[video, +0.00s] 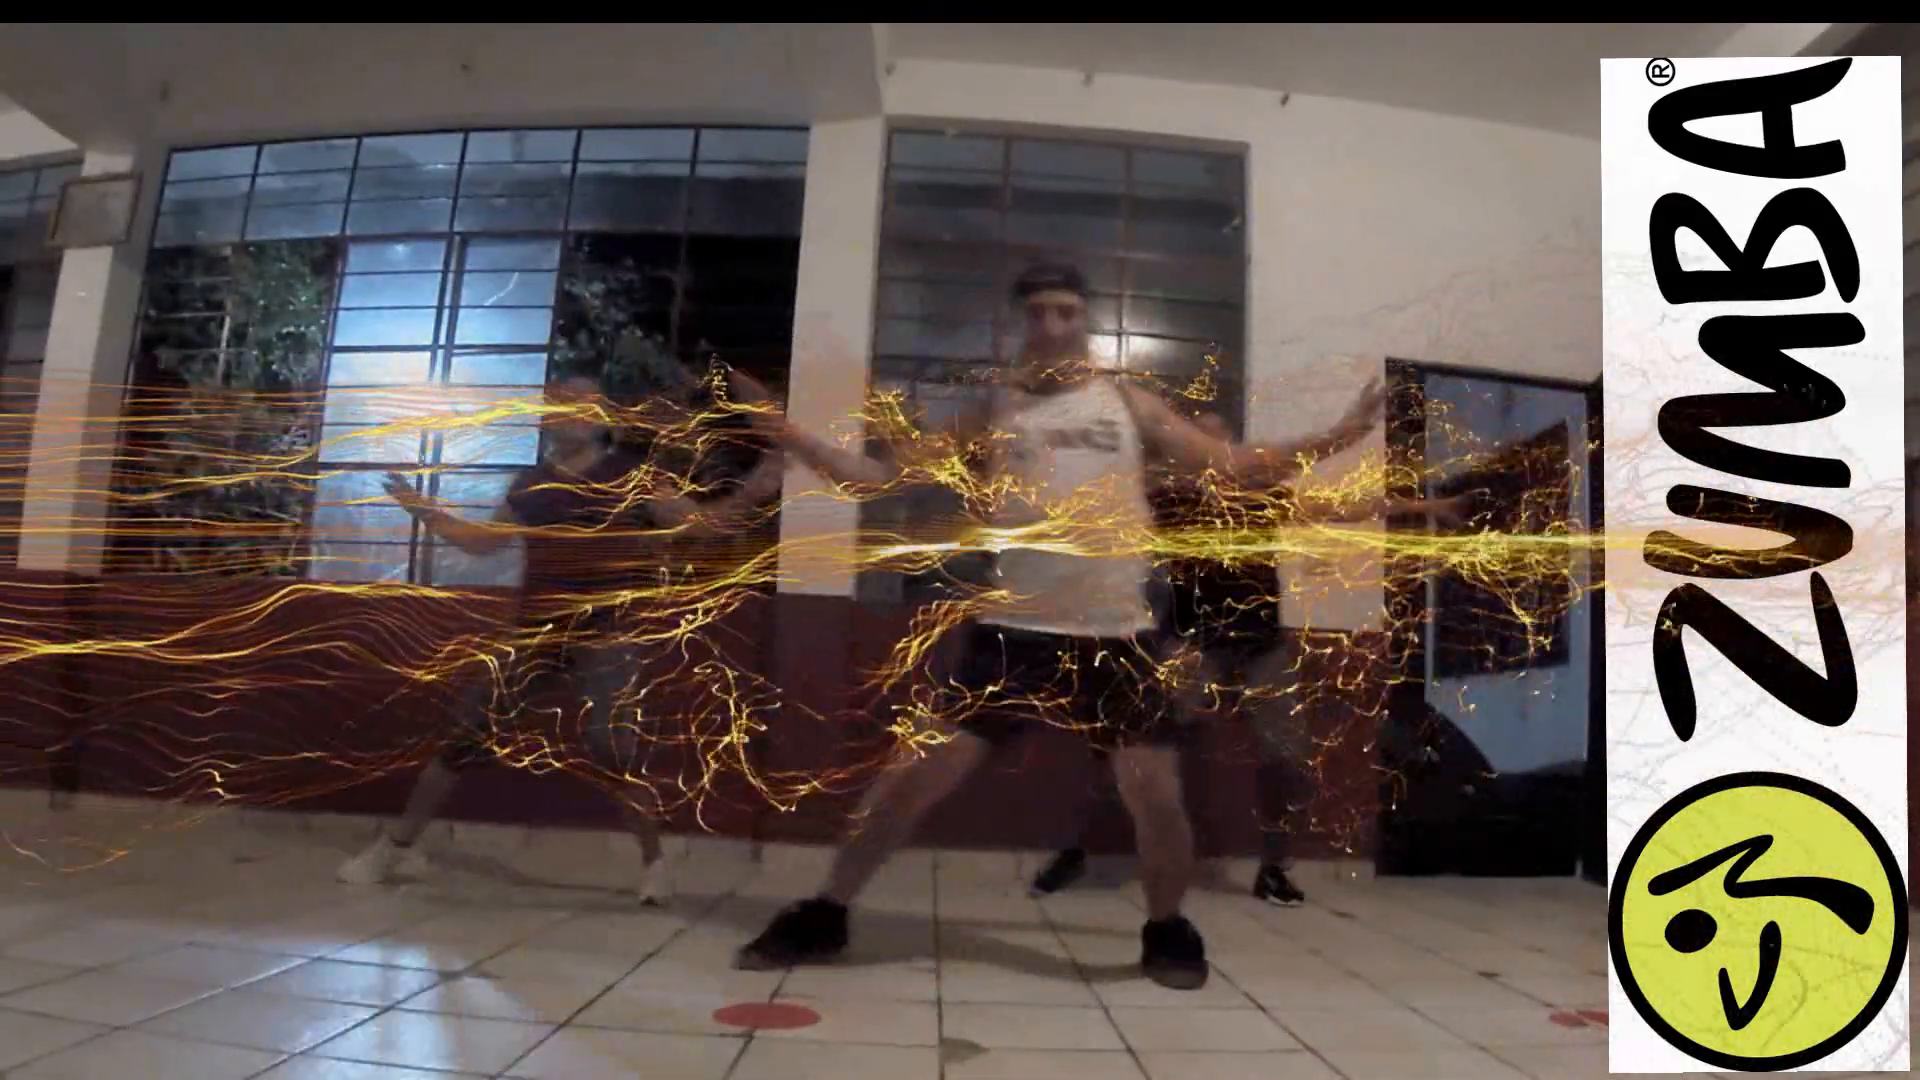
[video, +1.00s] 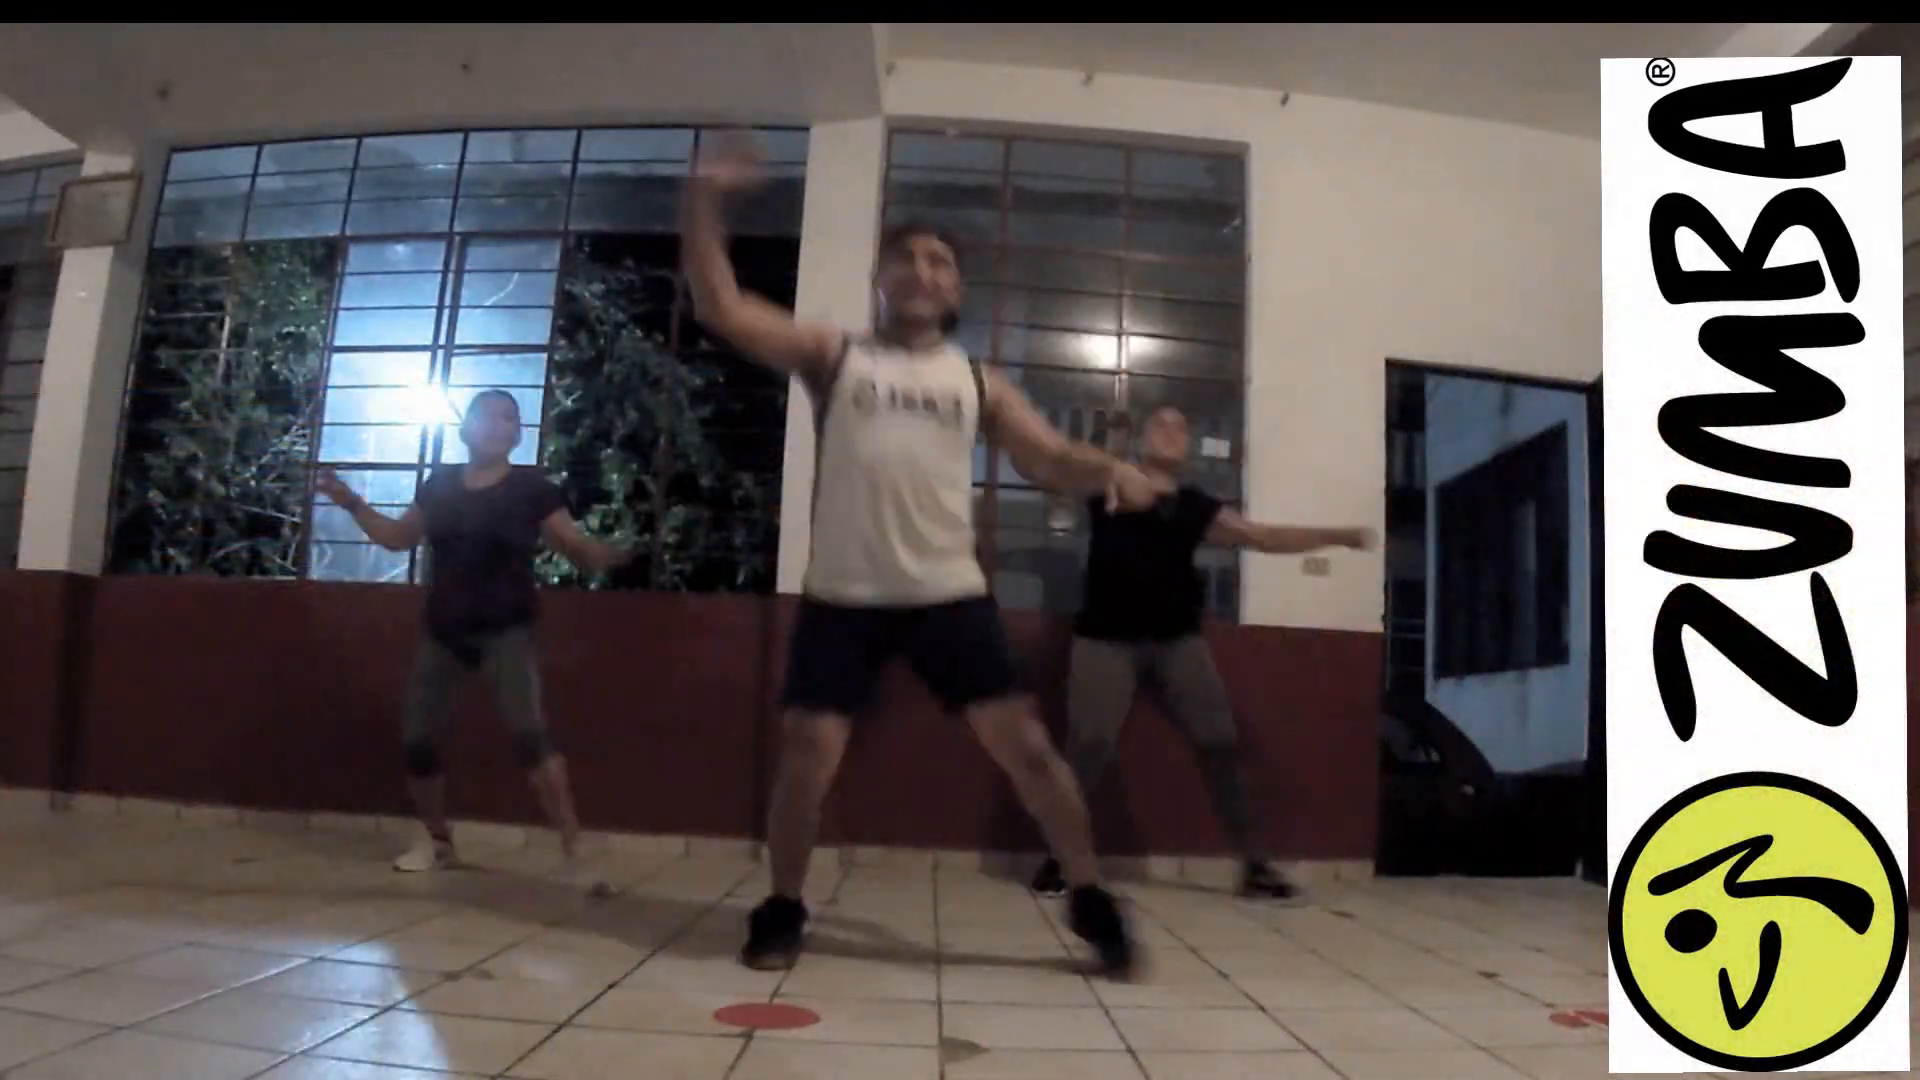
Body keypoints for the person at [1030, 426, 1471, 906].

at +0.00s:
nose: (1210, 452)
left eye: (1218, 442)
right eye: (1197, 441)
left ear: (1237, 447)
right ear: (1179, 447)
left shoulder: (1261, 494)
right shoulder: (1168, 496)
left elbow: (1337, 509)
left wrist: (1423, 510)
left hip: (1261, 638)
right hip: (1191, 636)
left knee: (1283, 754)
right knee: (1147, 742)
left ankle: (1273, 867)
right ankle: (1078, 846)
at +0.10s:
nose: (1239, 464)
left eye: (1244, 453)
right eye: (1227, 454)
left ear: (1258, 456)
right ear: (1207, 456)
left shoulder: (1282, 498)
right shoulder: (1192, 498)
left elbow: (1352, 514)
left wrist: (1436, 528)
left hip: (1276, 628)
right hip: (1209, 627)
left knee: (1289, 749)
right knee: (1176, 741)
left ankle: (1273, 864)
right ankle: (1129, 846)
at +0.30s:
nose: (1260, 418)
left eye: (1265, 408)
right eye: (1250, 408)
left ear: (1274, 414)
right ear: (1228, 413)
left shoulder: (1289, 469)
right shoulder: (1202, 460)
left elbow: (1360, 514)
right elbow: (1187, 494)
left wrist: (1340, 482)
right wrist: (1252, 470)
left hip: (1287, 607)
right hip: (1223, 606)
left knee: (1292, 732)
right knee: (1240, 732)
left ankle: (1287, 856)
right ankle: (1237, 852)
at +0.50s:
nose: (1267, 443)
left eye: (1274, 436)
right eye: (1255, 434)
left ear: (1283, 449)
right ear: (1233, 444)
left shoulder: (1295, 511)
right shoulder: (1210, 502)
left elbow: (1356, 562)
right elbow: (1192, 555)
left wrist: (1363, 543)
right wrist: (1262, 554)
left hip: (1288, 648)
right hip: (1223, 648)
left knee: (1304, 753)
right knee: (1226, 754)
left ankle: (1297, 866)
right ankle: (1229, 855)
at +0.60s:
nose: (1259, 448)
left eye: (1268, 439)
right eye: (1249, 437)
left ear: (1279, 448)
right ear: (1230, 443)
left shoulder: (1289, 506)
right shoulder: (1203, 496)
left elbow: (1353, 551)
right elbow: (1159, 538)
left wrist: (1414, 583)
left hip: (1278, 642)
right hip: (1208, 638)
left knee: (1295, 749)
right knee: (1176, 749)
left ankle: (1298, 867)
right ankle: (1166, 863)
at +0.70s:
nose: (1249, 431)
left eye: (1254, 424)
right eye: (1239, 423)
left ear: (1260, 436)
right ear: (1216, 432)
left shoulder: (1271, 494)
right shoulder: (1184, 479)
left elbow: (1344, 535)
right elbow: (1111, 501)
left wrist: (1428, 556)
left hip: (1258, 632)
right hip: (1187, 627)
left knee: (1283, 743)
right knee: (1149, 739)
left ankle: (1296, 867)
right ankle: (1102, 848)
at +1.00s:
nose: (1169, 436)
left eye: (1178, 430)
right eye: (1160, 427)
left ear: (1189, 446)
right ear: (1141, 438)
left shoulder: (1192, 505)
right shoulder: (1109, 485)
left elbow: (1261, 537)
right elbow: (1054, 472)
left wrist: (1337, 537)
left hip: (1175, 638)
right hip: (1106, 637)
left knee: (1218, 741)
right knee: (1090, 747)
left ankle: (1254, 865)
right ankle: (1061, 858)